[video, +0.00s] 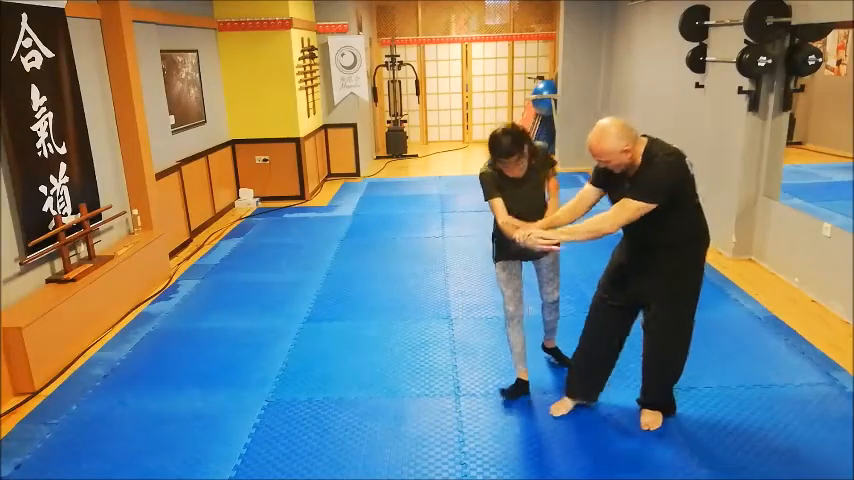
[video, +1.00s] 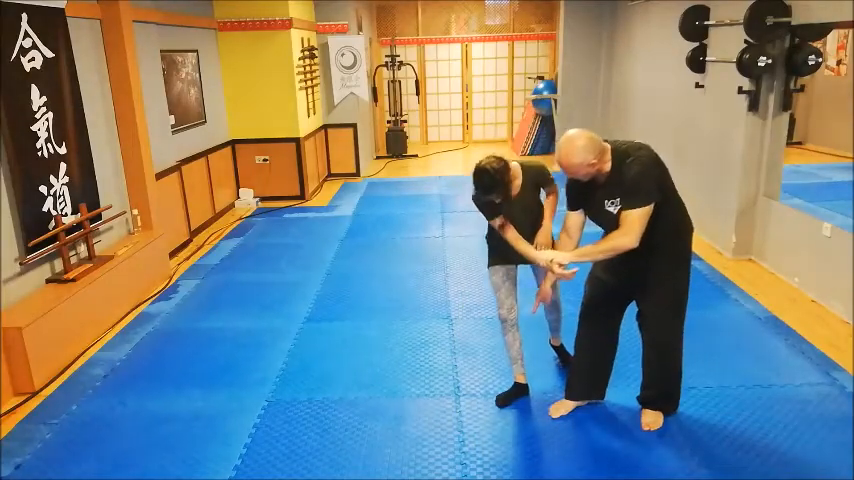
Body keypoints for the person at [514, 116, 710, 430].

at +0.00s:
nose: (600, 166)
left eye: (605, 161)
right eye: (599, 160)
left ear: (629, 150)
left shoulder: (665, 166)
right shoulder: (613, 162)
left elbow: (610, 223)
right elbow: (579, 204)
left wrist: (554, 236)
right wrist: (539, 225)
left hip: (677, 253)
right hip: (636, 245)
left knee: (664, 329)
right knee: (605, 315)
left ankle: (654, 403)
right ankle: (580, 391)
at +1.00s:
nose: (571, 180)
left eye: (574, 175)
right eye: (567, 175)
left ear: (595, 162)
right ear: (569, 162)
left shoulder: (639, 164)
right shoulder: (579, 176)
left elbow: (629, 238)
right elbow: (570, 234)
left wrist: (569, 255)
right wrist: (548, 280)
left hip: (665, 246)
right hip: (620, 244)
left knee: (659, 323)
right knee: (596, 312)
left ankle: (654, 402)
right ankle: (582, 391)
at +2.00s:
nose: (653, 98)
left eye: (660, 92)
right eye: (654, 91)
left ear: (685, 97)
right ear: (678, 96)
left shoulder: (699, 139)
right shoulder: (672, 128)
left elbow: (665, 204)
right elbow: (659, 185)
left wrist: (611, 222)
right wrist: (634, 219)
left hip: (693, 240)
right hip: (668, 234)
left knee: (666, 310)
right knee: (682, 302)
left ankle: (658, 399)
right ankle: (694, 369)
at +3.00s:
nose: (661, 102)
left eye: (665, 95)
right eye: (661, 96)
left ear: (688, 94)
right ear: (693, 95)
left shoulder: (688, 133)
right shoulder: (722, 121)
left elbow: (641, 184)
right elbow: (706, 180)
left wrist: (593, 206)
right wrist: (639, 192)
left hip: (692, 231)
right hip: (717, 225)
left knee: (670, 311)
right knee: (697, 301)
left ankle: (658, 393)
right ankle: (696, 373)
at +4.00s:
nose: (629, 154)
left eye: (636, 149)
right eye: (627, 147)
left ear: (665, 143)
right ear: (626, 138)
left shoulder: (699, 163)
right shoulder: (631, 164)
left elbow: (654, 229)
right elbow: (594, 210)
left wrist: (592, 242)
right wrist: (564, 234)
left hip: (696, 262)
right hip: (647, 252)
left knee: (690, 343)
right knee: (610, 315)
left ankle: (673, 418)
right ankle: (587, 393)